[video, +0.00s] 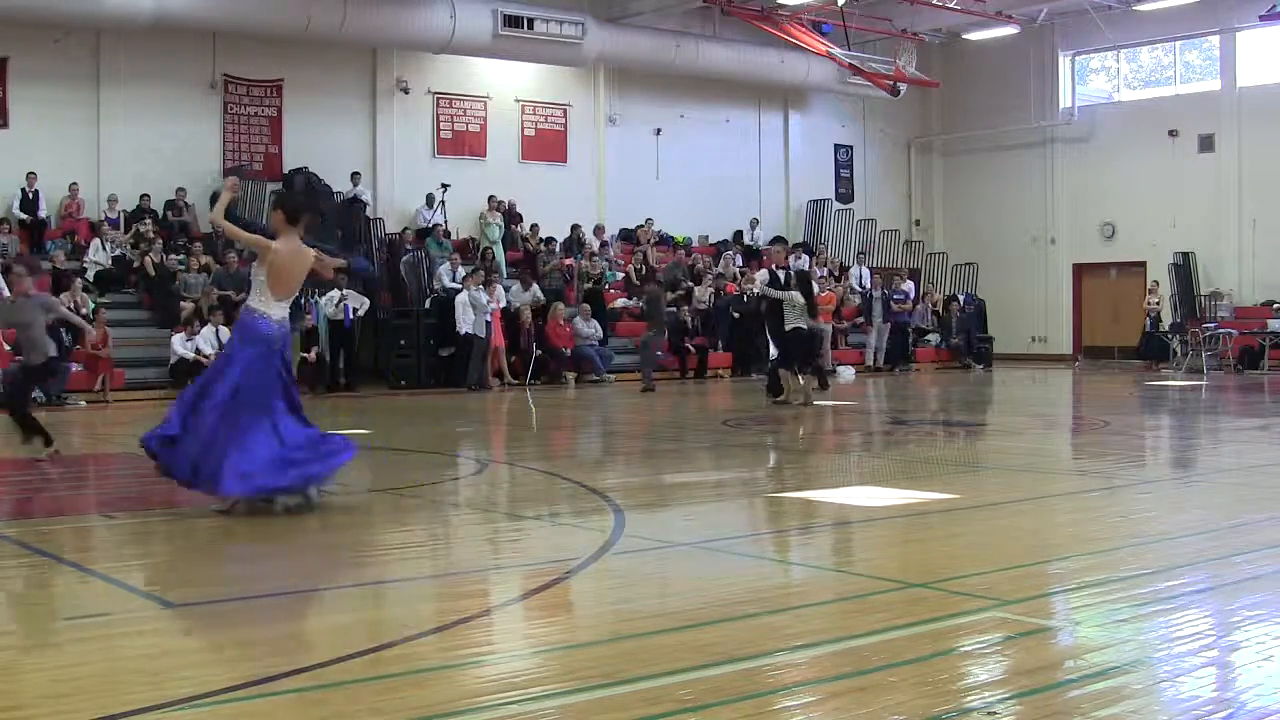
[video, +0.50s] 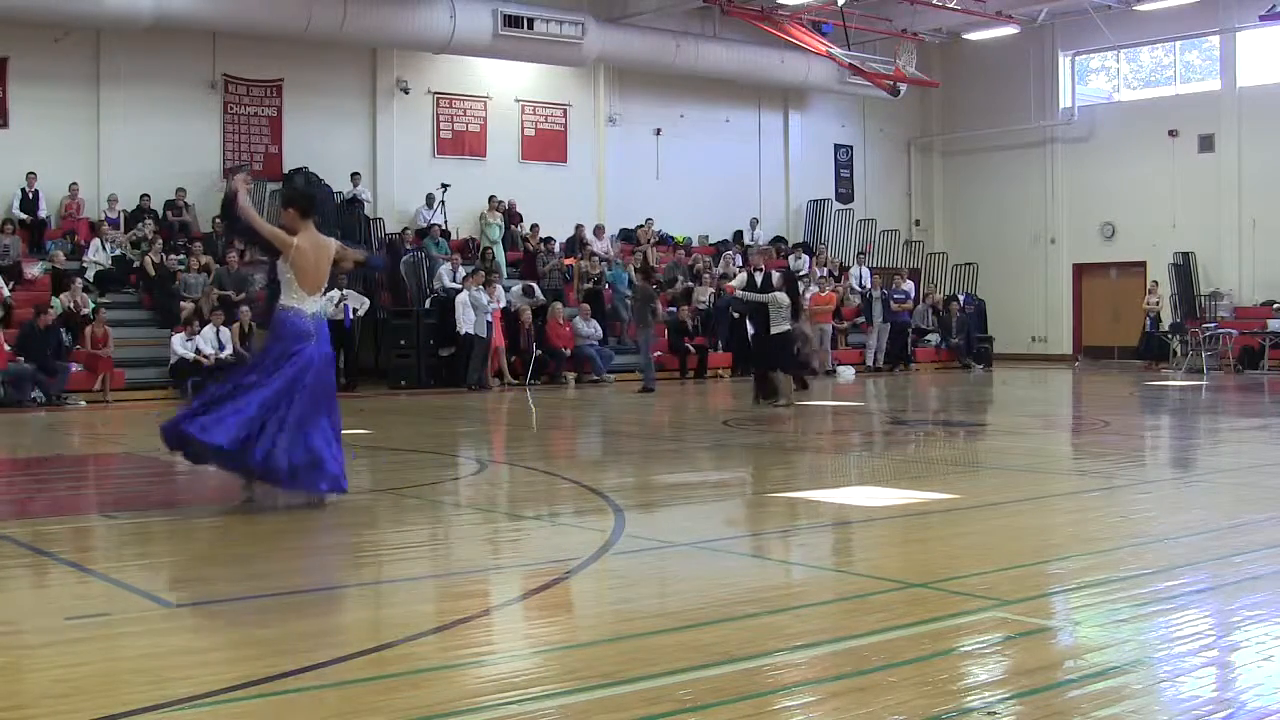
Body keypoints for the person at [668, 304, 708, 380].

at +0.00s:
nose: (685, 313)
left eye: (687, 311)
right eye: (683, 311)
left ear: (689, 311)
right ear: (679, 312)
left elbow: (696, 334)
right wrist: (684, 344)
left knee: (703, 350)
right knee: (682, 351)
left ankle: (700, 374)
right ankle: (684, 374)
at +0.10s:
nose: (686, 313)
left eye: (687, 311)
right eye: (683, 310)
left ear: (689, 312)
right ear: (679, 312)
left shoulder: (688, 322)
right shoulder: (674, 322)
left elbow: (691, 337)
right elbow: (673, 340)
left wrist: (689, 323)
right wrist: (686, 345)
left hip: (684, 344)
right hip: (675, 345)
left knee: (703, 349)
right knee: (683, 350)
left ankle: (699, 374)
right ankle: (683, 374)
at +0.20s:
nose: (686, 313)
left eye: (687, 310)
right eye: (683, 310)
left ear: (689, 312)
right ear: (679, 312)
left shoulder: (688, 322)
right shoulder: (673, 322)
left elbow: (692, 337)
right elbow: (673, 340)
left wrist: (689, 324)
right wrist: (686, 345)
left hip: (684, 344)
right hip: (675, 345)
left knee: (703, 349)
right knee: (683, 350)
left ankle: (699, 374)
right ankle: (683, 374)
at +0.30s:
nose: (686, 313)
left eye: (687, 310)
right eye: (683, 310)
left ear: (689, 312)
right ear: (679, 312)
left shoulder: (688, 322)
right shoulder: (673, 322)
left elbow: (691, 337)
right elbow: (673, 340)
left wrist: (689, 324)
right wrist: (685, 345)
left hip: (684, 344)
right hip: (675, 345)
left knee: (703, 349)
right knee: (683, 350)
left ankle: (699, 374)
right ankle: (683, 374)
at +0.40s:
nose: (686, 313)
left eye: (687, 311)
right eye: (683, 311)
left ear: (689, 312)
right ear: (679, 312)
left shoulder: (688, 321)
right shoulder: (674, 322)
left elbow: (691, 337)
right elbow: (673, 340)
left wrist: (689, 323)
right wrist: (686, 345)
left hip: (684, 344)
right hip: (675, 345)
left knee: (703, 349)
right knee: (683, 350)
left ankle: (699, 374)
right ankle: (683, 374)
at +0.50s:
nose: (685, 312)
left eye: (686, 310)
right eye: (683, 310)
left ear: (688, 312)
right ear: (678, 312)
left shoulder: (687, 322)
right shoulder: (673, 322)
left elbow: (691, 337)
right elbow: (673, 341)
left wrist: (689, 324)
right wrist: (686, 345)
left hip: (684, 344)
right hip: (675, 345)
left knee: (703, 349)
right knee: (683, 350)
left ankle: (699, 373)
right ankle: (683, 373)